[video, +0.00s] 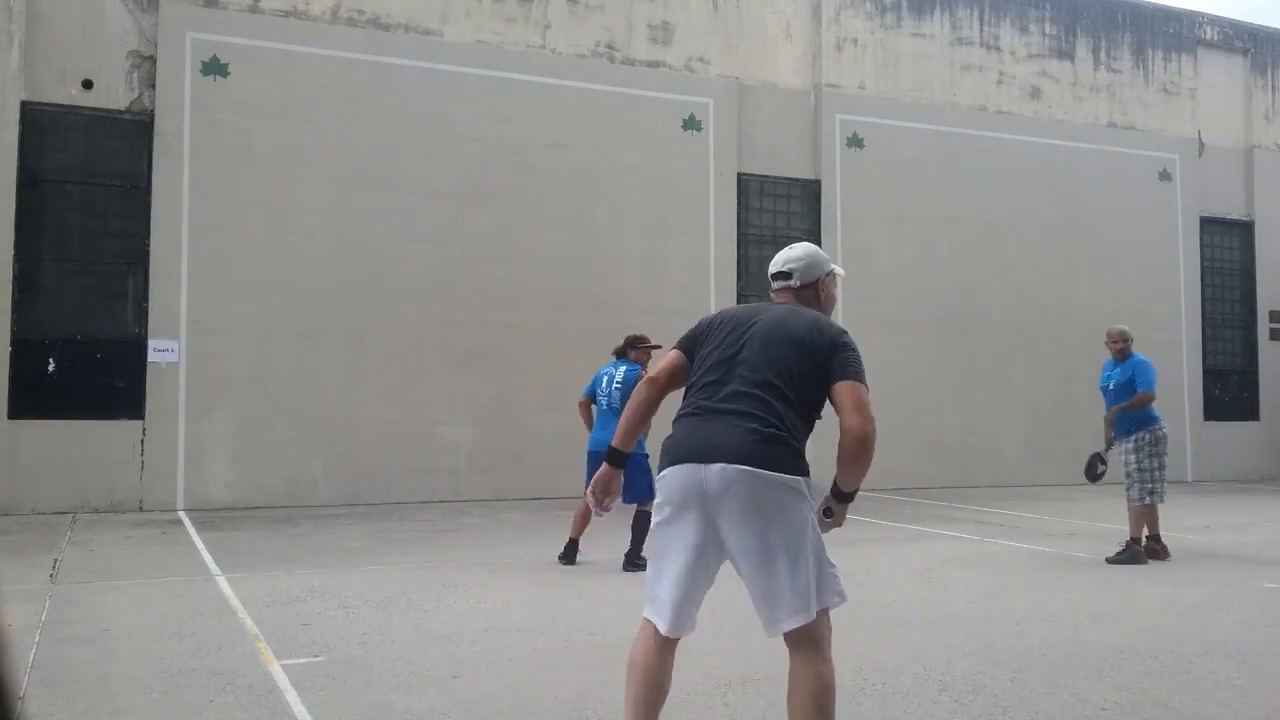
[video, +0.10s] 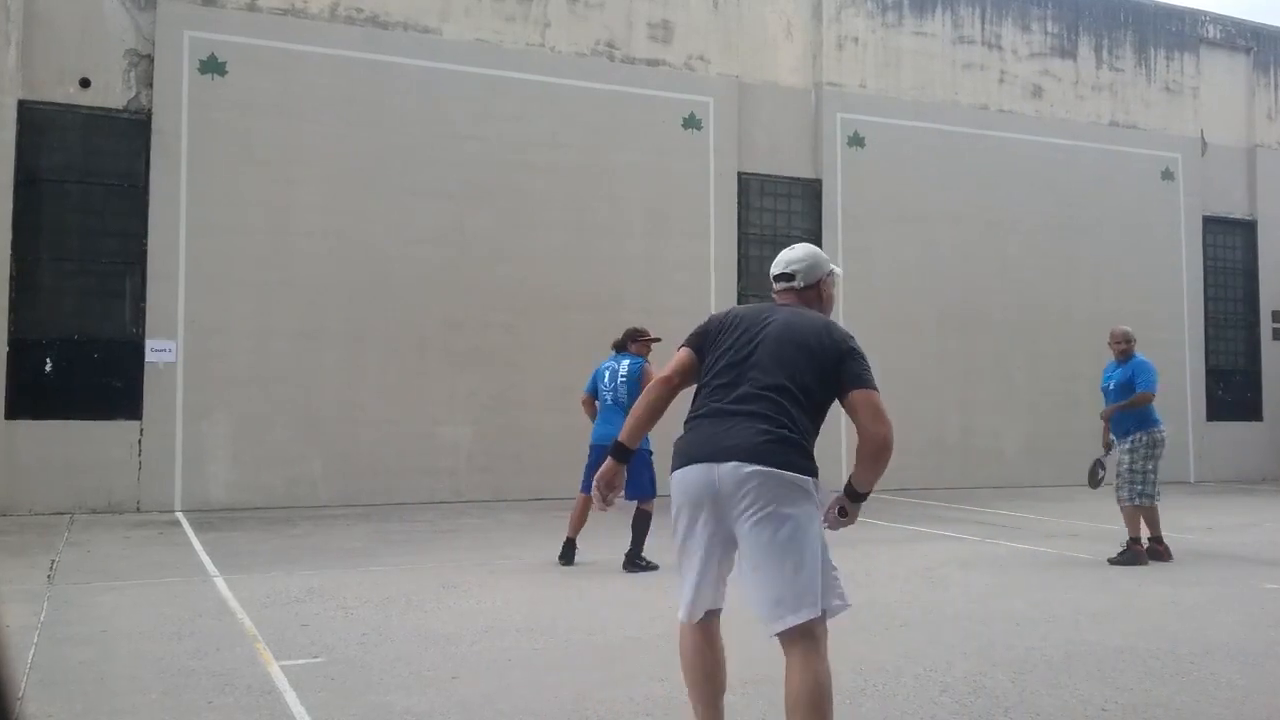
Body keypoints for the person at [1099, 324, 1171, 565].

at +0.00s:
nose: (1117, 346)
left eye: (1121, 342)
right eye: (1112, 342)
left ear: (1130, 342)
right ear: (1107, 345)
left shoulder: (1140, 364)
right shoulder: (1108, 368)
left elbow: (1148, 395)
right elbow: (1110, 405)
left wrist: (1117, 410)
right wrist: (1109, 433)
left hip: (1146, 433)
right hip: (1129, 436)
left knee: (1136, 489)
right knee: (1145, 489)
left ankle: (1134, 546)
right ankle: (1155, 542)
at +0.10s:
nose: (1122, 346)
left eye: (1127, 342)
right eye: (1117, 343)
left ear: (1134, 343)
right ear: (1110, 345)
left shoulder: (1142, 365)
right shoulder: (1109, 369)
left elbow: (1147, 396)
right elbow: (1110, 405)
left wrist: (1114, 409)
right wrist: (1106, 434)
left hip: (1144, 435)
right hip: (1126, 438)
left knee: (1126, 491)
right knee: (1143, 491)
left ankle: (1135, 547)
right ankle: (1158, 544)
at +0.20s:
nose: (1111, 350)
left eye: (1116, 346)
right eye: (1107, 346)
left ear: (1129, 348)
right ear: (1104, 349)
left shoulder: (1134, 369)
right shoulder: (1112, 376)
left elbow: (1138, 401)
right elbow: (1111, 413)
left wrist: (1107, 415)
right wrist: (1100, 440)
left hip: (1138, 439)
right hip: (1133, 440)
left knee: (1109, 490)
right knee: (1138, 491)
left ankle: (1132, 542)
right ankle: (1155, 544)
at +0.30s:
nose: (1095, 356)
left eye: (1099, 352)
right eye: (1095, 351)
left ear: (1114, 355)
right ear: (1112, 356)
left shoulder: (1119, 375)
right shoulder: (1115, 377)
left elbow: (1122, 410)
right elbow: (1115, 422)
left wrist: (1099, 433)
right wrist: (1098, 448)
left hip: (1134, 443)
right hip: (1148, 442)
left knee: (1098, 493)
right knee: (1132, 494)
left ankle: (1124, 544)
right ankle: (1154, 545)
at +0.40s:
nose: (1084, 364)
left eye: (1088, 360)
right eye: (1085, 359)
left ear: (1099, 363)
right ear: (1106, 364)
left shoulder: (1104, 386)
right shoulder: (1117, 381)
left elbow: (1100, 429)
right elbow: (1110, 425)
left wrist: (1086, 452)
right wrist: (1092, 449)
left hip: (1129, 450)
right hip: (1147, 447)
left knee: (1089, 495)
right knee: (1133, 496)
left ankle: (1102, 548)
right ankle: (1154, 546)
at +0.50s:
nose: (1070, 362)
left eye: (1073, 358)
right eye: (1071, 358)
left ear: (1083, 361)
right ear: (1091, 361)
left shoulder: (1088, 385)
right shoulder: (1106, 378)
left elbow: (1084, 426)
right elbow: (1108, 421)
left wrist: (1068, 445)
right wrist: (1086, 445)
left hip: (1118, 449)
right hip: (1138, 444)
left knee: (1084, 497)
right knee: (1131, 494)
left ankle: (1095, 552)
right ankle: (1151, 544)